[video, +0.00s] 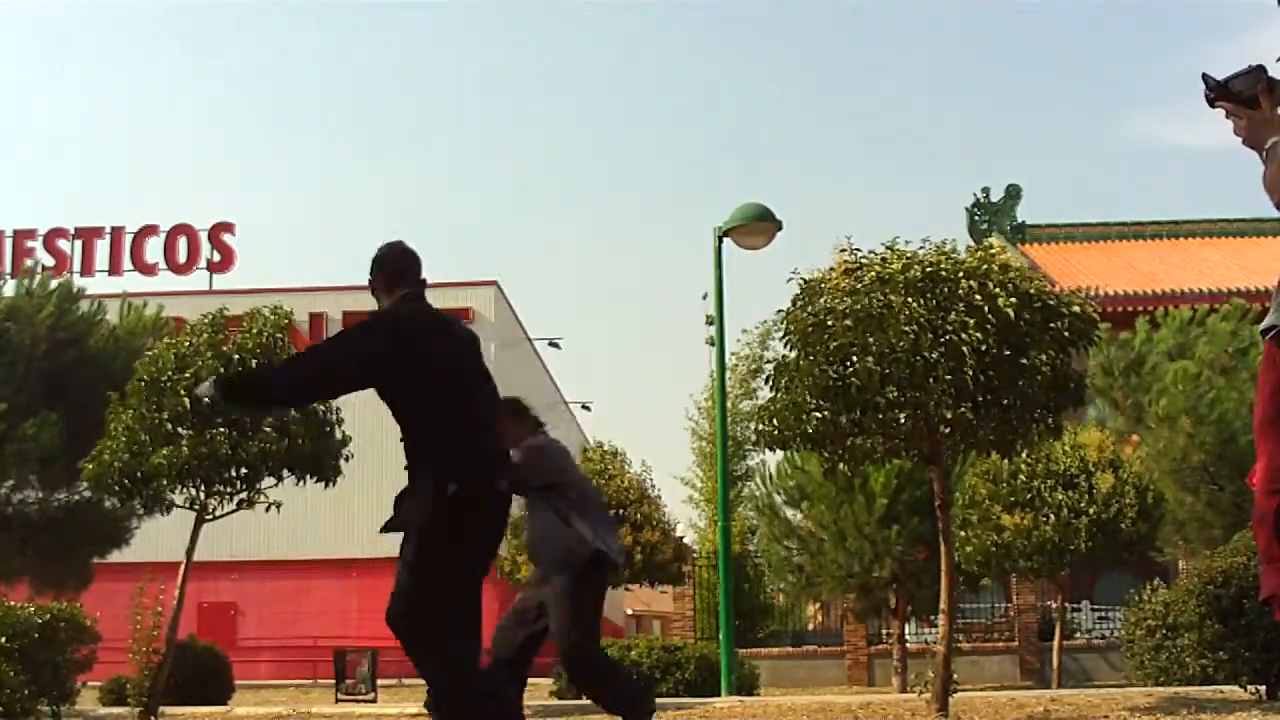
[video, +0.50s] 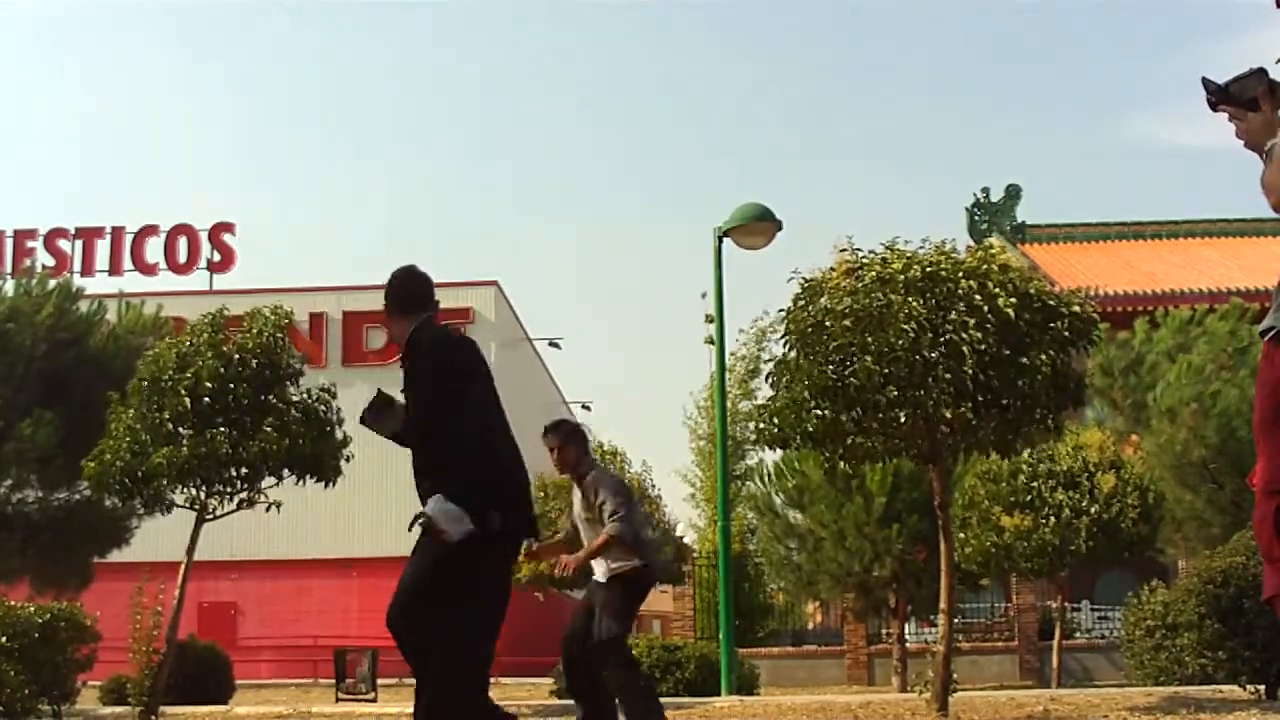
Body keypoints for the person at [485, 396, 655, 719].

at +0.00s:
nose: (498, 436)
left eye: (501, 427)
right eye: (496, 429)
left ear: (518, 422)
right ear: (521, 423)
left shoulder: (544, 451)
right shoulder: (532, 456)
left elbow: (498, 476)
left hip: (582, 564)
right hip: (551, 569)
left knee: (578, 658)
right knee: (508, 646)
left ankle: (639, 703)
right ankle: (499, 712)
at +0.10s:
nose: (520, 441)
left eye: (521, 431)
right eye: (517, 434)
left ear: (539, 423)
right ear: (548, 423)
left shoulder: (557, 456)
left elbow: (516, 503)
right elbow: (629, 494)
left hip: (589, 571)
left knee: (599, 664)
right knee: (515, 625)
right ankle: (526, 710)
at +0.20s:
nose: (535, 442)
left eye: (538, 433)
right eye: (531, 435)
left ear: (558, 427)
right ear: (560, 429)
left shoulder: (570, 463)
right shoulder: (589, 459)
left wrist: (532, 553)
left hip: (598, 567)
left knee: (593, 657)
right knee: (534, 620)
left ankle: (648, 714)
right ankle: (574, 704)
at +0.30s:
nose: (543, 449)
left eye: (545, 440)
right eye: (539, 442)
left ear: (566, 435)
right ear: (567, 435)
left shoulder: (583, 472)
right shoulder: (581, 466)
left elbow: (600, 524)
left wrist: (565, 570)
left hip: (607, 573)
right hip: (596, 572)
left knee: (589, 652)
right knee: (562, 642)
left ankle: (645, 714)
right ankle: (586, 713)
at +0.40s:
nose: (556, 465)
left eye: (557, 456)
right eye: (555, 457)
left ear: (570, 455)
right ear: (576, 453)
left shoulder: (592, 482)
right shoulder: (580, 486)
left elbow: (614, 528)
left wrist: (577, 565)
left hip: (620, 577)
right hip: (602, 578)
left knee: (589, 651)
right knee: (571, 649)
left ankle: (640, 714)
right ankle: (596, 712)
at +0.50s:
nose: (554, 459)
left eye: (558, 450)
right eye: (550, 452)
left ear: (578, 446)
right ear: (553, 454)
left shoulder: (604, 483)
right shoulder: (579, 490)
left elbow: (618, 527)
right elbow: (573, 538)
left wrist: (581, 556)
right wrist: (543, 550)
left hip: (629, 574)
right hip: (605, 576)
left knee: (607, 645)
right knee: (575, 645)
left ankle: (649, 715)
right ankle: (599, 714)